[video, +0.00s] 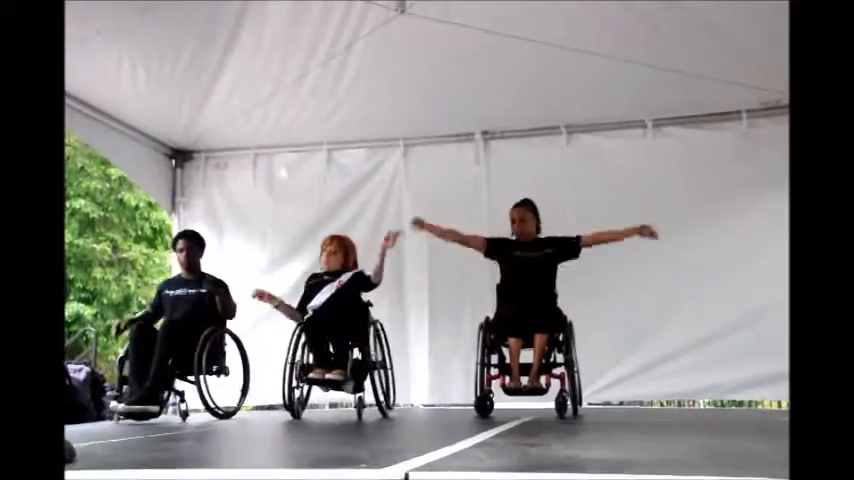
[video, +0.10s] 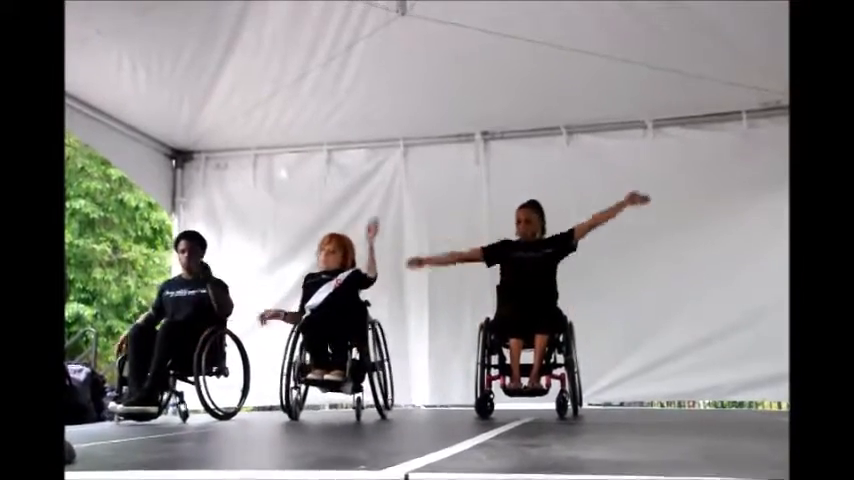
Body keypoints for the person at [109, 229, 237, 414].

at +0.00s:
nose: (185, 256)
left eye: (190, 250)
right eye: (180, 251)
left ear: (200, 253)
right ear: (175, 255)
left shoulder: (214, 285)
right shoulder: (167, 287)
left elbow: (229, 314)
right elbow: (153, 313)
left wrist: (219, 292)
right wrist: (128, 322)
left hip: (205, 350)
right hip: (174, 348)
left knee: (169, 327)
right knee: (141, 329)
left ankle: (151, 397)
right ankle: (136, 397)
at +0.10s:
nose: (187, 256)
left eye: (192, 251)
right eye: (182, 252)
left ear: (202, 254)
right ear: (177, 255)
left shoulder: (215, 285)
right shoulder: (168, 287)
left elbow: (225, 311)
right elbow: (153, 315)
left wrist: (209, 281)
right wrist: (129, 334)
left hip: (205, 349)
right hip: (174, 347)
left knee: (169, 328)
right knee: (138, 332)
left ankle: (150, 397)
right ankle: (135, 397)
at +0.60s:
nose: (191, 261)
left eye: (196, 256)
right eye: (186, 257)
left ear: (202, 258)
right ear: (177, 260)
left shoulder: (216, 288)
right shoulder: (169, 292)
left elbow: (244, 310)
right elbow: (152, 319)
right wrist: (128, 344)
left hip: (205, 353)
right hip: (176, 352)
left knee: (162, 333)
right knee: (136, 335)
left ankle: (145, 401)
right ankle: (132, 399)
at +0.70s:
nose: (194, 261)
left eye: (198, 256)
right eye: (189, 256)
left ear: (203, 259)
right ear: (179, 260)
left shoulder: (217, 288)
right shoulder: (169, 293)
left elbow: (243, 299)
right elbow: (150, 321)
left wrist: (261, 295)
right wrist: (126, 345)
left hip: (206, 355)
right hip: (176, 353)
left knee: (163, 335)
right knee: (136, 335)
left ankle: (145, 403)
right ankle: (131, 400)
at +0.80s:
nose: (197, 261)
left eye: (200, 257)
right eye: (191, 257)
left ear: (205, 260)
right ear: (180, 260)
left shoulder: (219, 288)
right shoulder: (170, 293)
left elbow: (245, 298)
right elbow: (148, 322)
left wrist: (267, 295)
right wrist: (125, 347)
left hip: (207, 356)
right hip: (177, 354)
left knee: (166, 334)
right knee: (138, 335)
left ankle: (147, 403)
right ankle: (133, 401)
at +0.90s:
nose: (199, 261)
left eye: (202, 257)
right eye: (193, 256)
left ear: (207, 260)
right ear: (182, 260)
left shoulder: (219, 289)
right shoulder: (169, 293)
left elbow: (246, 300)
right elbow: (145, 322)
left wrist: (268, 296)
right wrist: (124, 349)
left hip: (209, 356)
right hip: (178, 355)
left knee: (168, 334)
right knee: (140, 335)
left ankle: (149, 403)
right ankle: (134, 401)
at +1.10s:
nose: (205, 263)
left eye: (209, 259)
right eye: (200, 258)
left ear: (213, 261)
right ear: (188, 259)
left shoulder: (225, 294)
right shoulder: (173, 292)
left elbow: (254, 321)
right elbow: (150, 321)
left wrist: (242, 306)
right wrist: (127, 349)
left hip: (212, 359)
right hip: (181, 358)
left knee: (172, 336)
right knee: (147, 334)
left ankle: (153, 402)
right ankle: (139, 400)